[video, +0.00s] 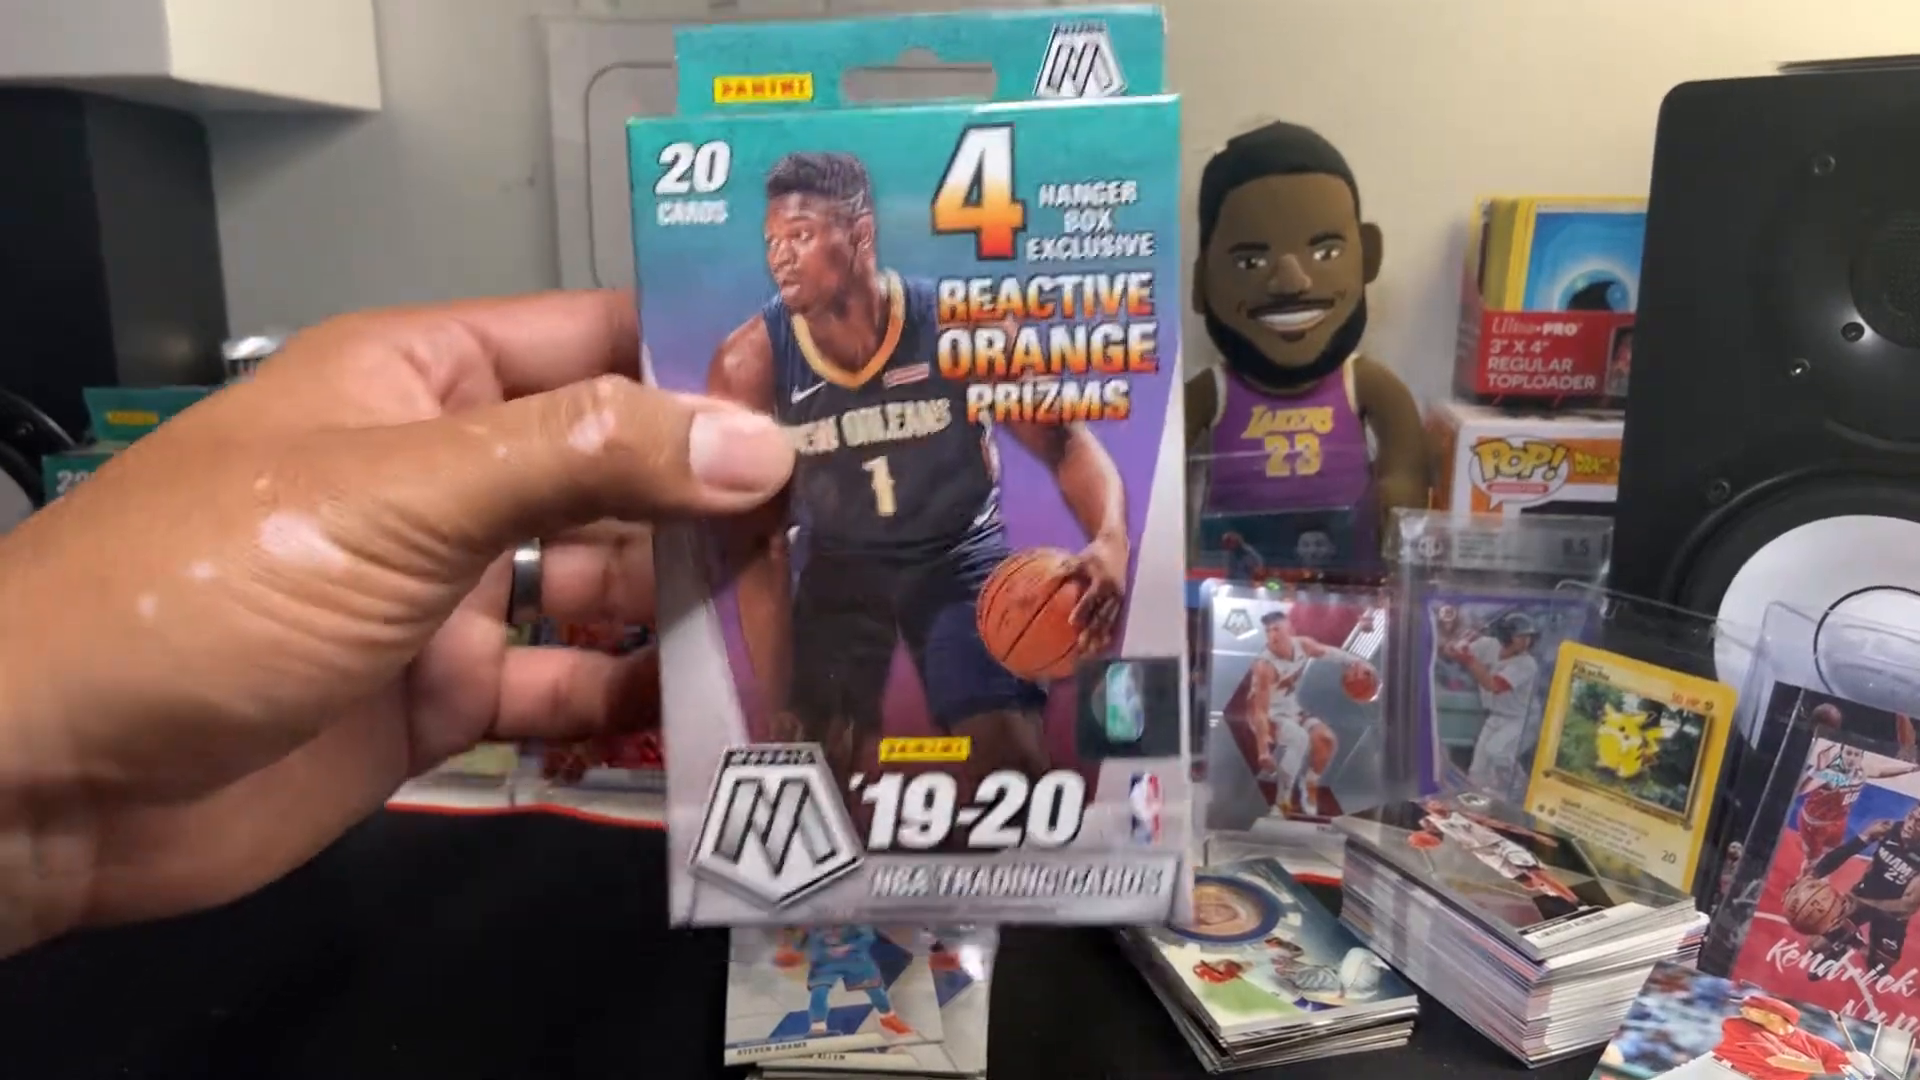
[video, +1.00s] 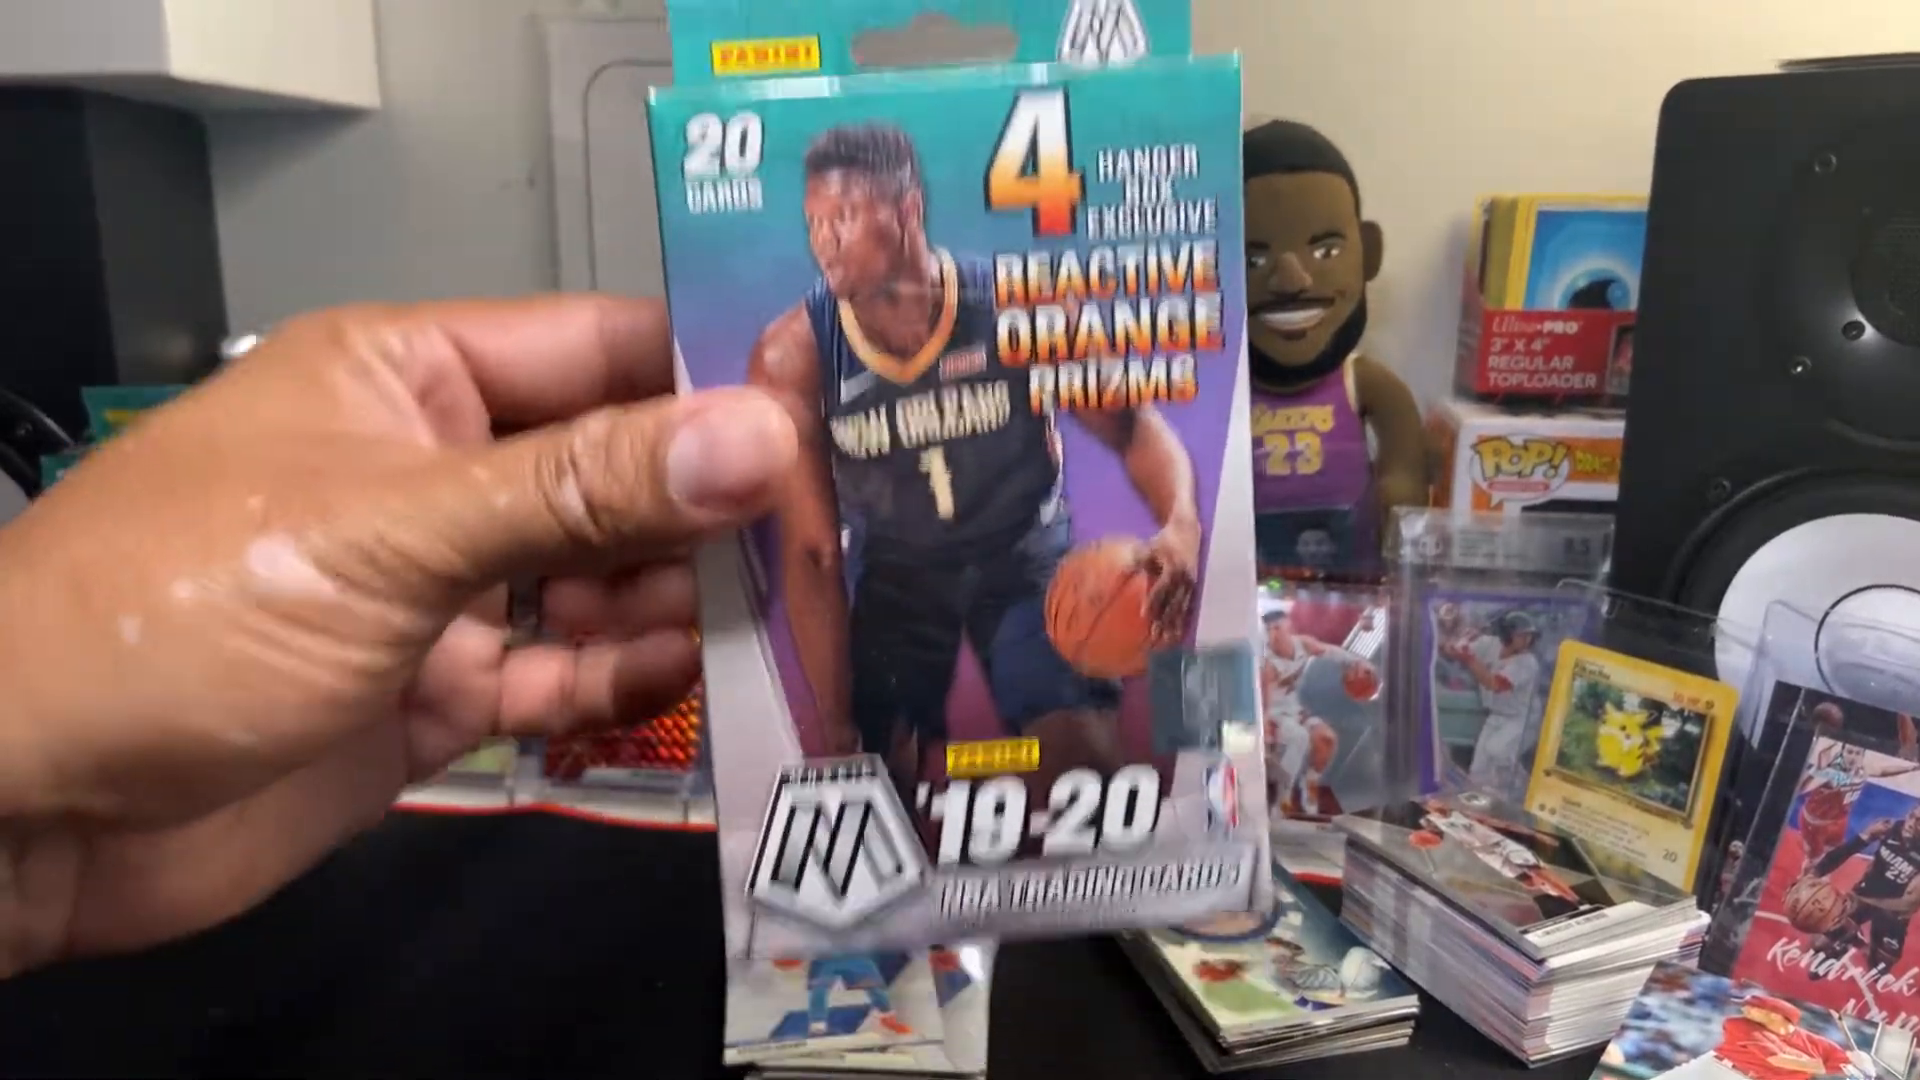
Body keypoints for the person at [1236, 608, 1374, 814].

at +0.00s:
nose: (1273, 635)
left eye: (1277, 629)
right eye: (1269, 631)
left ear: (1288, 629)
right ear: (1266, 634)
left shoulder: (1303, 645)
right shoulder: (1263, 665)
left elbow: (1331, 653)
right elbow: (1258, 711)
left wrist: (1358, 662)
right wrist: (1264, 752)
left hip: (1293, 710)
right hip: (1269, 714)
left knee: (1326, 740)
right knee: (1299, 738)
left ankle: (1310, 785)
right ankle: (1282, 802)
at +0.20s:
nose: (1275, 634)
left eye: (1279, 628)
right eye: (1270, 629)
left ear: (1289, 629)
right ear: (1266, 634)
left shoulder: (1303, 644)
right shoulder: (1264, 666)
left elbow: (1331, 652)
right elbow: (1258, 711)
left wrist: (1359, 662)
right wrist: (1263, 751)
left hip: (1294, 709)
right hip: (1271, 712)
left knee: (1327, 740)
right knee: (1300, 738)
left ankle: (1310, 785)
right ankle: (1282, 800)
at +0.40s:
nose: (1274, 634)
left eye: (1279, 628)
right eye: (1270, 629)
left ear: (1289, 628)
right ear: (1266, 633)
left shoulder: (1303, 644)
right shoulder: (1264, 666)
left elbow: (1331, 652)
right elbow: (1260, 709)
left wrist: (1359, 662)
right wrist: (1263, 749)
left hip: (1295, 710)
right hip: (1273, 712)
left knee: (1326, 740)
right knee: (1299, 738)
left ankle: (1311, 786)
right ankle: (1282, 801)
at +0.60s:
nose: (1273, 635)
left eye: (1278, 628)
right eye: (1269, 630)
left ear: (1289, 629)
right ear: (1266, 634)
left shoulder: (1304, 644)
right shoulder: (1264, 666)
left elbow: (1331, 653)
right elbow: (1260, 710)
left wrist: (1359, 662)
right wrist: (1263, 749)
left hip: (1295, 709)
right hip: (1273, 712)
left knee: (1326, 740)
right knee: (1299, 738)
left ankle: (1311, 785)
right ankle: (1283, 799)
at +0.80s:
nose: (1274, 635)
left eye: (1278, 628)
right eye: (1270, 629)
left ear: (1288, 627)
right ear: (1266, 633)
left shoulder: (1303, 644)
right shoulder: (1266, 665)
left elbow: (1332, 652)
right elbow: (1262, 707)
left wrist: (1359, 662)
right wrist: (1265, 743)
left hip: (1296, 709)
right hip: (1274, 713)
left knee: (1326, 739)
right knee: (1299, 738)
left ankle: (1311, 786)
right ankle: (1282, 800)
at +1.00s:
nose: (1275, 634)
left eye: (1279, 628)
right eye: (1270, 629)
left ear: (1288, 627)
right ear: (1266, 632)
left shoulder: (1302, 643)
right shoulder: (1267, 663)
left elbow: (1331, 651)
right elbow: (1263, 703)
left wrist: (1359, 662)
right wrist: (1264, 729)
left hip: (1297, 710)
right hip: (1275, 712)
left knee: (1326, 739)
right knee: (1298, 738)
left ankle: (1311, 786)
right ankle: (1284, 796)